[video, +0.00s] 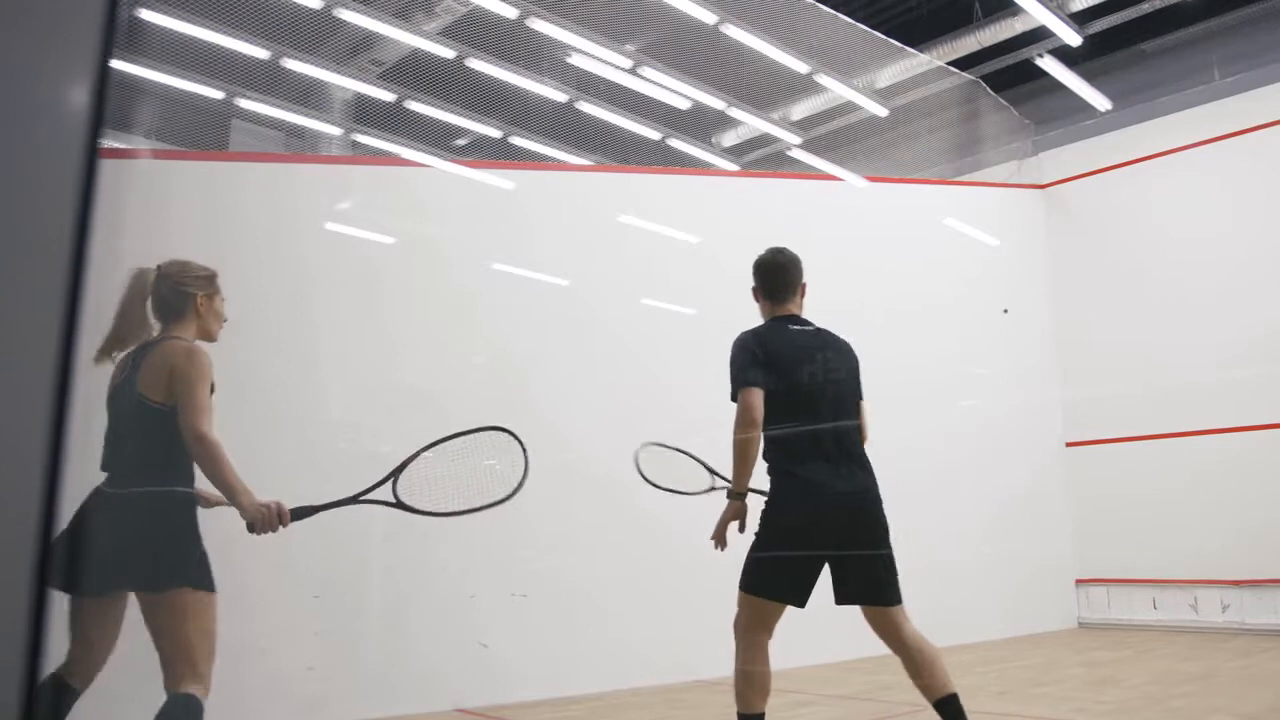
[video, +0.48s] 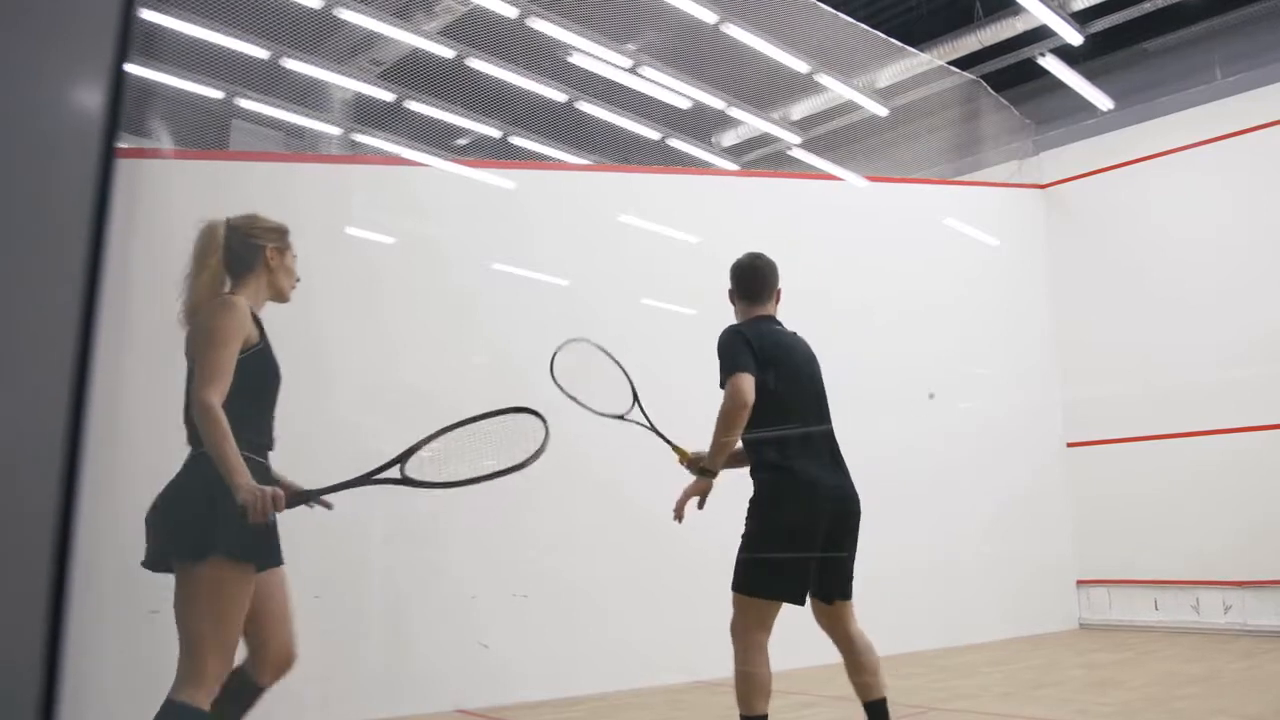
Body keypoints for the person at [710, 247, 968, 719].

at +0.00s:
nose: (758, 296)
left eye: (753, 291)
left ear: (754, 294)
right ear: (802, 291)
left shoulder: (752, 344)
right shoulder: (840, 347)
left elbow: (751, 423)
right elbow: (859, 435)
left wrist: (738, 496)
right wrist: (836, 485)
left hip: (797, 509)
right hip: (860, 508)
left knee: (752, 629)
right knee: (896, 624)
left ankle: (750, 719)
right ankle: (958, 716)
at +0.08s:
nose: (751, 296)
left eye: (747, 290)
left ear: (748, 293)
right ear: (795, 290)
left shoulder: (747, 342)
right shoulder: (831, 346)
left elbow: (745, 420)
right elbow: (834, 431)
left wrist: (731, 492)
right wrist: (780, 483)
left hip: (795, 506)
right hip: (855, 502)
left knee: (751, 629)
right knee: (883, 621)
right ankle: (946, 716)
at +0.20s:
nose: (742, 299)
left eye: (741, 292)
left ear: (742, 293)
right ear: (788, 291)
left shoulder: (741, 339)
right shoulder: (819, 345)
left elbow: (743, 410)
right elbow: (826, 440)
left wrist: (724, 486)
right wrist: (762, 478)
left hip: (791, 501)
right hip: (848, 498)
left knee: (751, 629)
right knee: (865, 618)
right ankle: (929, 715)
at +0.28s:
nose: (780, 296)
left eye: (742, 292)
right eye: (784, 289)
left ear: (737, 293)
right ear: (784, 292)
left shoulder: (740, 338)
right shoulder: (811, 345)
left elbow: (741, 407)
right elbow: (808, 436)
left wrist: (720, 483)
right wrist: (749, 473)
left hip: (788, 501)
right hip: (845, 498)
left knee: (750, 629)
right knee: (855, 617)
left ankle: (752, 719)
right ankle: (915, 715)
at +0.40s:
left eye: (736, 293)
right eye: (777, 291)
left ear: (732, 295)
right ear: (780, 295)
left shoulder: (737, 337)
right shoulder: (802, 345)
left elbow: (742, 400)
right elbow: (795, 443)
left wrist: (713, 477)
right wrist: (728, 466)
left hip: (786, 500)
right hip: (841, 499)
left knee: (750, 629)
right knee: (844, 617)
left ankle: (752, 719)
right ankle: (895, 715)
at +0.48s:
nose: (731, 300)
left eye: (729, 295)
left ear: (730, 297)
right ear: (778, 295)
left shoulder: (737, 337)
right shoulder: (799, 347)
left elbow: (741, 395)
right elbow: (785, 441)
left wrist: (709, 473)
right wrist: (717, 460)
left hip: (785, 500)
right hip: (839, 499)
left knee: (750, 629)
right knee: (837, 614)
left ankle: (754, 719)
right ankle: (880, 716)